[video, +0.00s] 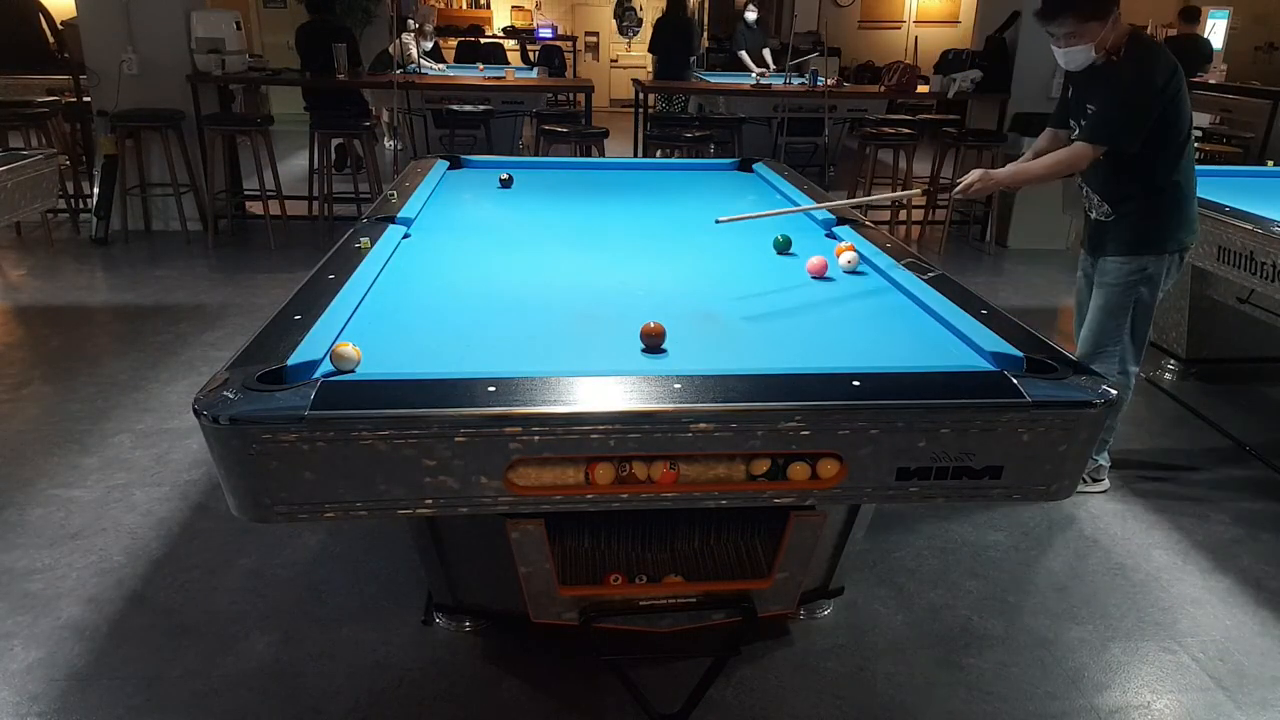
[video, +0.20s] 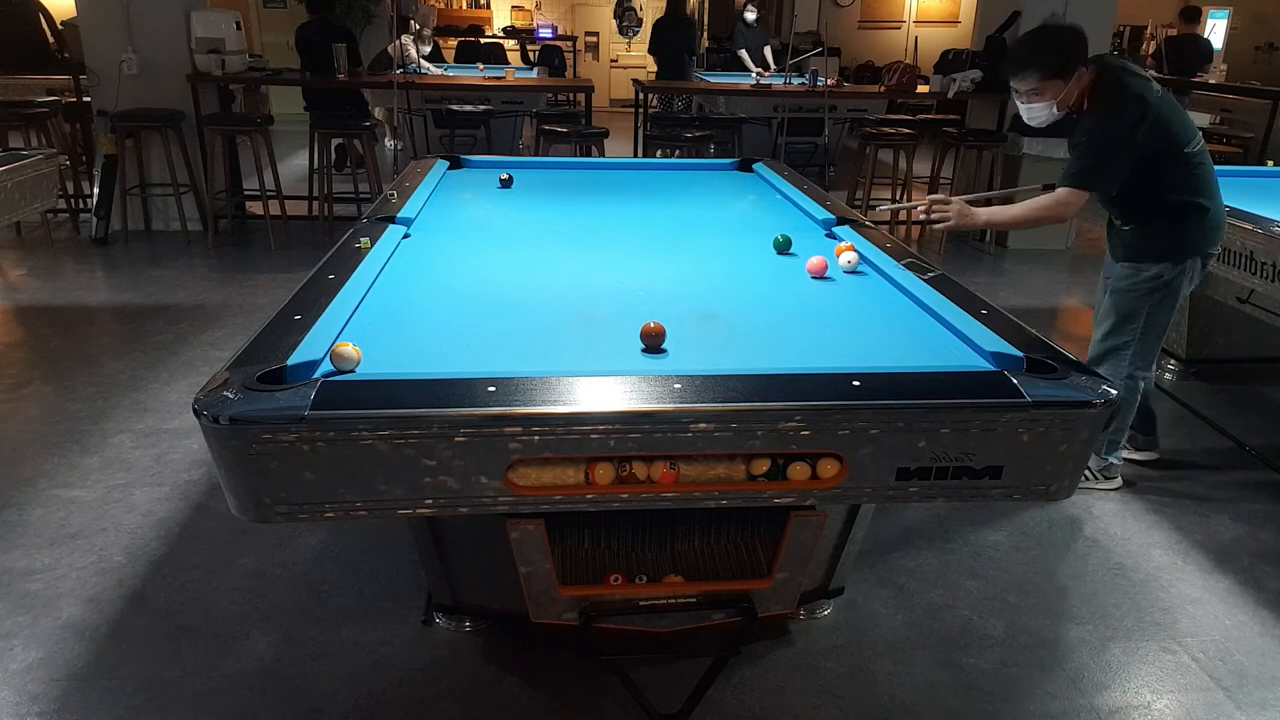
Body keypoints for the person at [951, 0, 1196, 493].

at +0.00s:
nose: (1064, 48)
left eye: (1074, 37)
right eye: (1056, 37)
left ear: (1109, 18)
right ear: (1048, 27)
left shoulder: (1145, 66)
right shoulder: (1088, 62)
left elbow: (1085, 154)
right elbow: (1057, 135)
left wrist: (997, 179)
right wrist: (1009, 176)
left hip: (1147, 235)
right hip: (1105, 226)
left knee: (1104, 353)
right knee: (1089, 345)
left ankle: (1091, 461)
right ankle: (1078, 454)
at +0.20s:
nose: (1028, 105)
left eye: (1037, 93)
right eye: (1020, 93)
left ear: (1073, 76)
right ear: (1073, 72)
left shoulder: (1114, 106)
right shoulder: (1100, 79)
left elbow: (1065, 204)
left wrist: (975, 217)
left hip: (1168, 235)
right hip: (1149, 226)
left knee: (1114, 355)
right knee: (1130, 342)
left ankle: (1099, 461)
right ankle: (1141, 438)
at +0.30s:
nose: (1019, 130)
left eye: (1029, 120)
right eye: (1013, 119)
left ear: (1069, 107)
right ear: (1072, 100)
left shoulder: (1105, 130)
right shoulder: (1099, 89)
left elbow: (1051, 214)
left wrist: (961, 231)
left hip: (1182, 235)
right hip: (1199, 220)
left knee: (1132, 351)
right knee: (1161, 339)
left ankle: (1100, 459)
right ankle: (1154, 432)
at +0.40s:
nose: (1026, 138)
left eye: (1031, 129)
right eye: (1018, 130)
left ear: (1063, 114)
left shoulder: (1100, 135)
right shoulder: (1096, 93)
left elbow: (1046, 215)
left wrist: (956, 230)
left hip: (1188, 233)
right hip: (1208, 217)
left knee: (1134, 349)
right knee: (1168, 339)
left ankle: (1102, 459)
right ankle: (1154, 433)